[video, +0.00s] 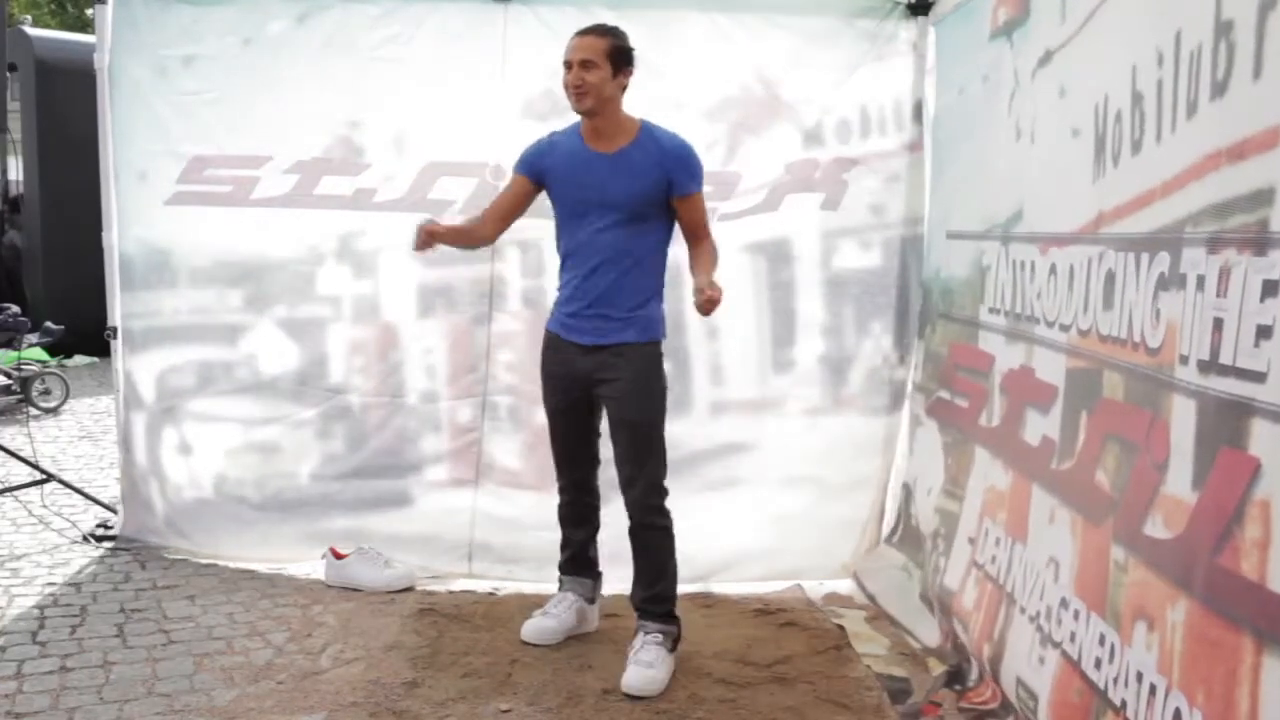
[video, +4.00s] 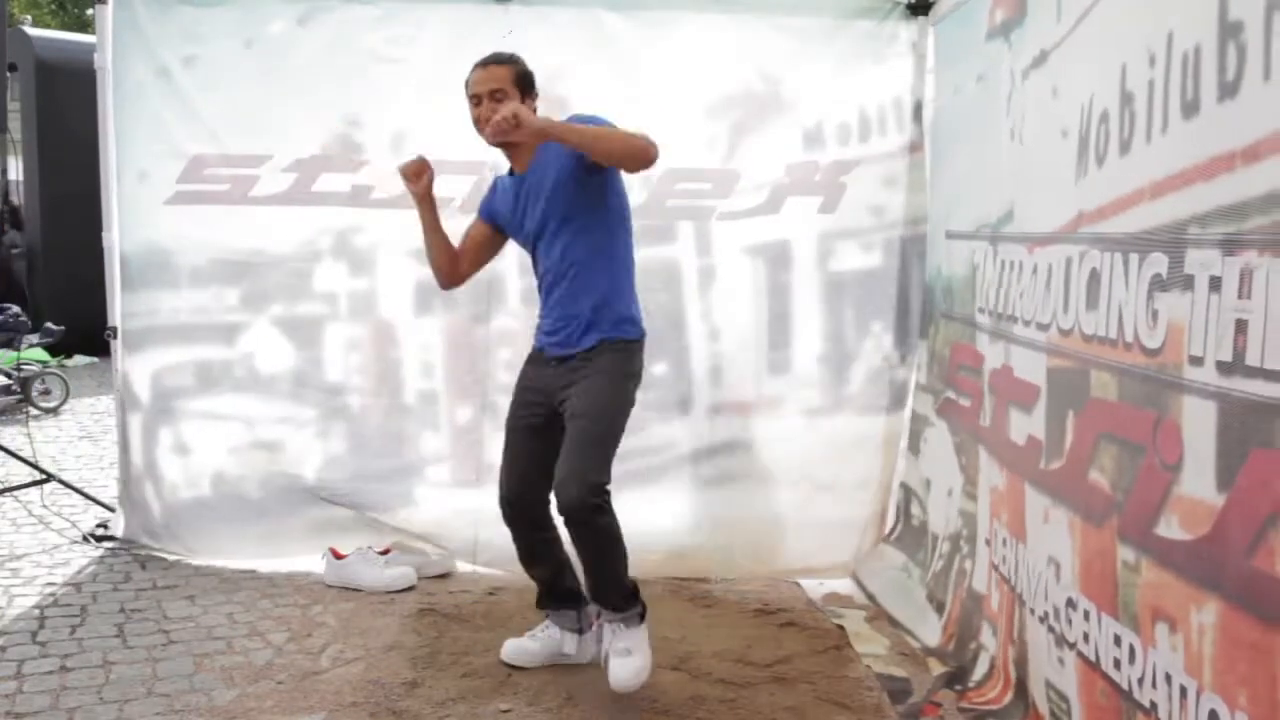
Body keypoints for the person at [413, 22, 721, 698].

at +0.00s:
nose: (574, 78)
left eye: (588, 67)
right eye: (569, 67)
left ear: (622, 76)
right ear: (564, 77)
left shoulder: (669, 153)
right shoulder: (549, 152)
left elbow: (700, 239)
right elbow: (488, 227)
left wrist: (703, 280)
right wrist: (447, 233)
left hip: (634, 347)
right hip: (564, 344)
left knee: (643, 496)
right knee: (575, 485)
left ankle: (657, 631)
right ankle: (577, 595)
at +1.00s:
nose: (533, 105)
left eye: (545, 92)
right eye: (529, 94)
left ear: (585, 94)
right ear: (538, 103)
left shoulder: (610, 140)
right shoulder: (580, 174)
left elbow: (609, 222)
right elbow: (588, 283)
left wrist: (513, 263)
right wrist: (515, 280)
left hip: (629, 351)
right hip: (584, 353)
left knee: (620, 503)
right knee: (561, 490)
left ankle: (684, 645)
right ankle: (602, 613)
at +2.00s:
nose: (567, 91)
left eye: (580, 79)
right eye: (557, 80)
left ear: (609, 85)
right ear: (547, 88)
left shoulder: (646, 171)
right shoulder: (523, 157)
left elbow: (653, 282)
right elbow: (479, 248)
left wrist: (631, 255)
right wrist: (470, 190)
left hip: (600, 360)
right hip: (530, 353)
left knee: (596, 508)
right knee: (494, 488)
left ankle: (608, 634)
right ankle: (557, 571)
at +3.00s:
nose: (532, 90)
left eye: (544, 78)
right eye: (521, 79)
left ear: (570, 81)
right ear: (509, 83)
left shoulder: (607, 155)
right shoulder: (482, 148)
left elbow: (639, 241)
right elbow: (385, 175)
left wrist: (667, 320)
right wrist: (394, 99)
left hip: (582, 348)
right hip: (505, 353)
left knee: (592, 484)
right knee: (515, 498)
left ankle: (585, 615)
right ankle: (544, 615)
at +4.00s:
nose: (489, 110)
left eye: (500, 97)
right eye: (478, 102)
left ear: (529, 101)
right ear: (472, 116)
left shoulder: (575, 140)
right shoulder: (503, 194)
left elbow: (643, 152)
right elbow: (451, 273)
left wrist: (544, 128)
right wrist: (425, 201)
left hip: (608, 349)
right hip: (549, 355)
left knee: (579, 493)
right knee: (519, 499)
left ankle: (625, 620)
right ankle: (571, 624)